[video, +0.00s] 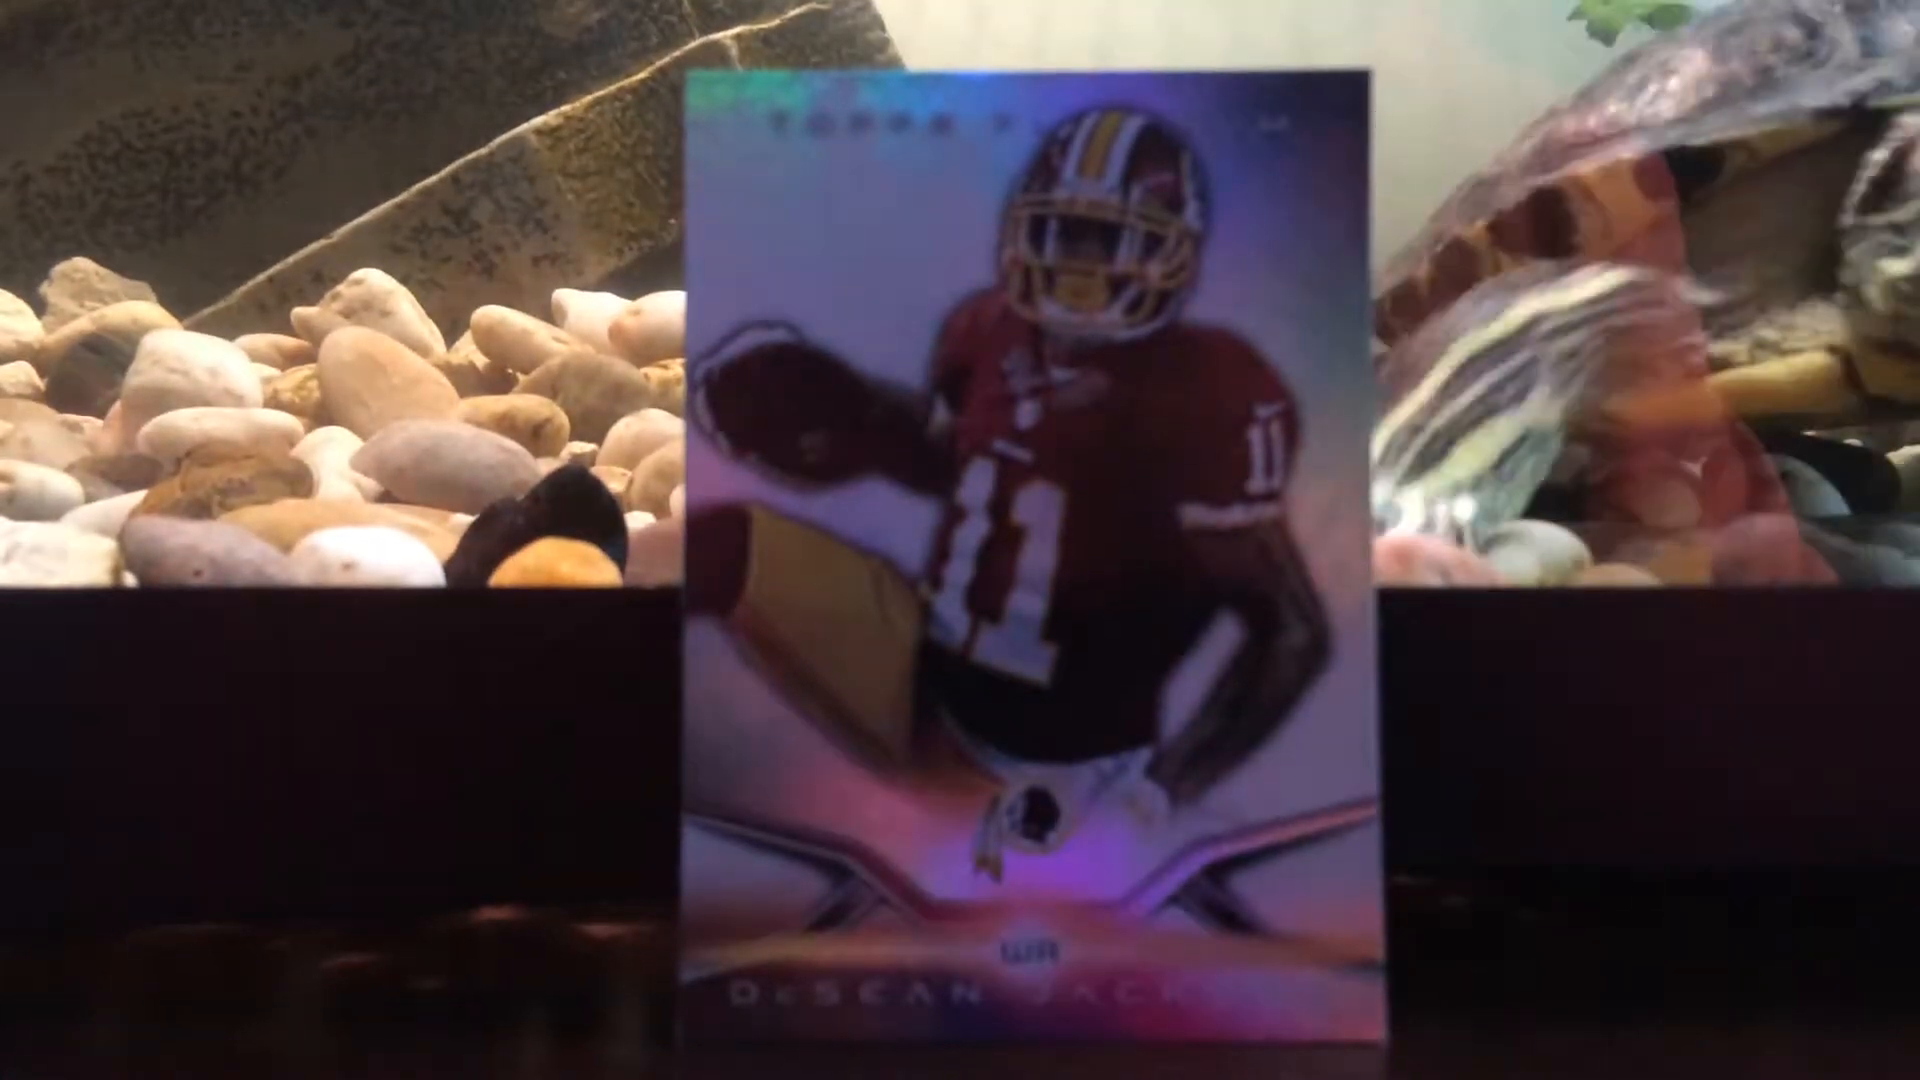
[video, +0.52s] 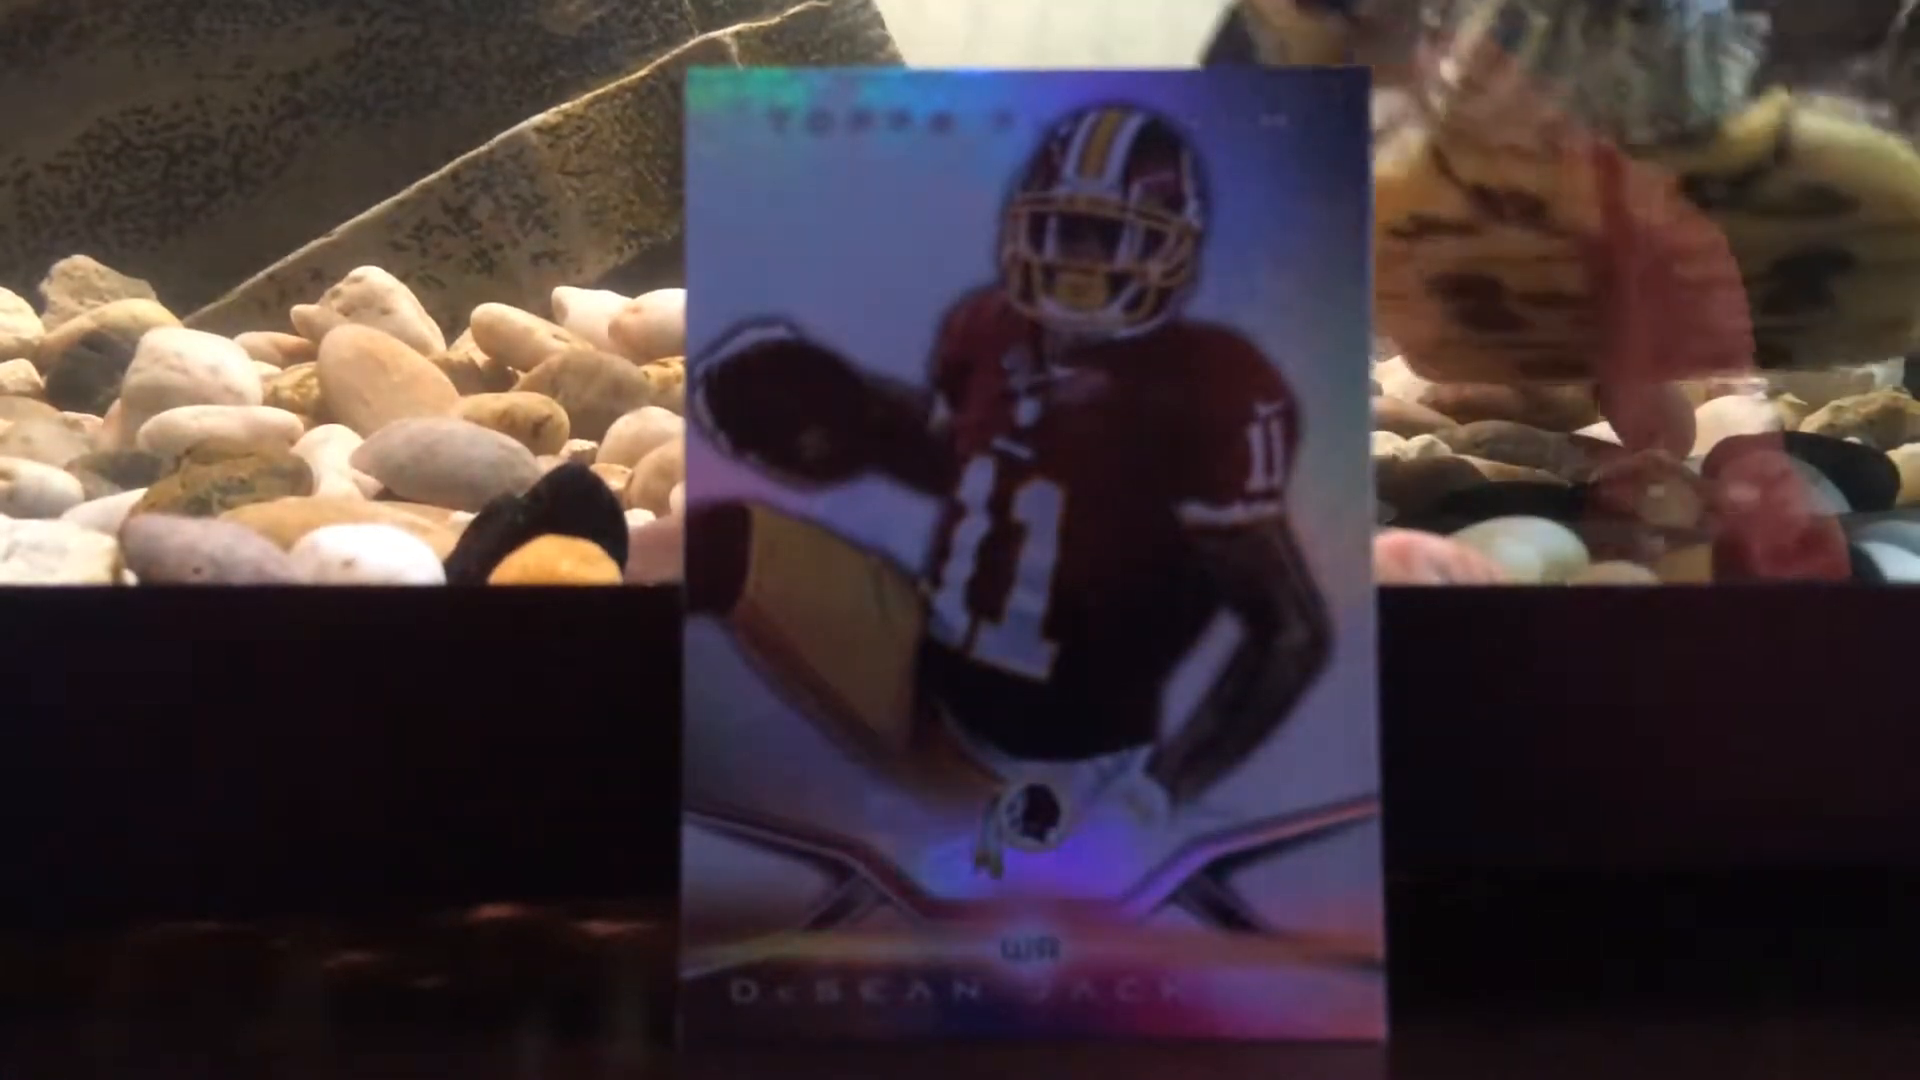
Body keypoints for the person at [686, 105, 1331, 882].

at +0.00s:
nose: (1080, 267)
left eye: (1114, 241)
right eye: (1061, 234)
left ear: (1176, 254)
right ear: (1021, 236)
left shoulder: (1212, 395)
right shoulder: (982, 334)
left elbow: (1293, 636)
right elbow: (956, 466)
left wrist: (1157, 794)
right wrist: (857, 423)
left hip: (1079, 756)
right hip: (931, 680)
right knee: (718, 546)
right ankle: (912, 783)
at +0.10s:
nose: (1080, 265)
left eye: (1115, 239)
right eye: (1060, 232)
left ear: (1176, 253)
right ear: (1021, 234)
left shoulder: (1213, 393)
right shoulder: (981, 334)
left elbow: (1292, 635)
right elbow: (959, 467)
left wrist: (1156, 795)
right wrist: (856, 423)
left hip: (1079, 757)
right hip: (932, 684)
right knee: (719, 546)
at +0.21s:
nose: (1080, 264)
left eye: (1115, 238)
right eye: (1061, 231)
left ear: (1176, 252)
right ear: (1021, 234)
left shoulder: (1213, 394)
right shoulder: (981, 333)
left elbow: (1294, 636)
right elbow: (955, 467)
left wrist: (1157, 795)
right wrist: (849, 418)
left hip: (1081, 757)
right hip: (932, 685)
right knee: (719, 545)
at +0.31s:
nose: (1080, 265)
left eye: (1115, 239)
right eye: (1062, 231)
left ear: (1176, 252)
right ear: (1022, 234)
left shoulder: (1214, 393)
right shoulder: (981, 332)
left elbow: (1293, 635)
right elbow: (954, 465)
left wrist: (1157, 795)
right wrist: (848, 418)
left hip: (1081, 756)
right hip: (932, 682)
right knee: (719, 545)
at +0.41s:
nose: (1080, 265)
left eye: (1115, 239)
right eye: (1062, 231)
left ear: (1176, 253)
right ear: (1022, 234)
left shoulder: (1215, 394)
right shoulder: (982, 332)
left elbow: (1294, 635)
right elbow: (956, 465)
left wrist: (1158, 795)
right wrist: (849, 416)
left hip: (1078, 759)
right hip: (930, 682)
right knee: (718, 544)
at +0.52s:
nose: (1077, 266)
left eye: (1112, 239)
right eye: (1060, 232)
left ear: (1174, 253)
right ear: (1021, 235)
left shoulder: (1214, 393)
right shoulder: (981, 332)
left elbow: (1293, 634)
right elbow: (955, 465)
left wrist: (1157, 794)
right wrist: (848, 415)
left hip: (1079, 756)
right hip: (931, 683)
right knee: (718, 544)